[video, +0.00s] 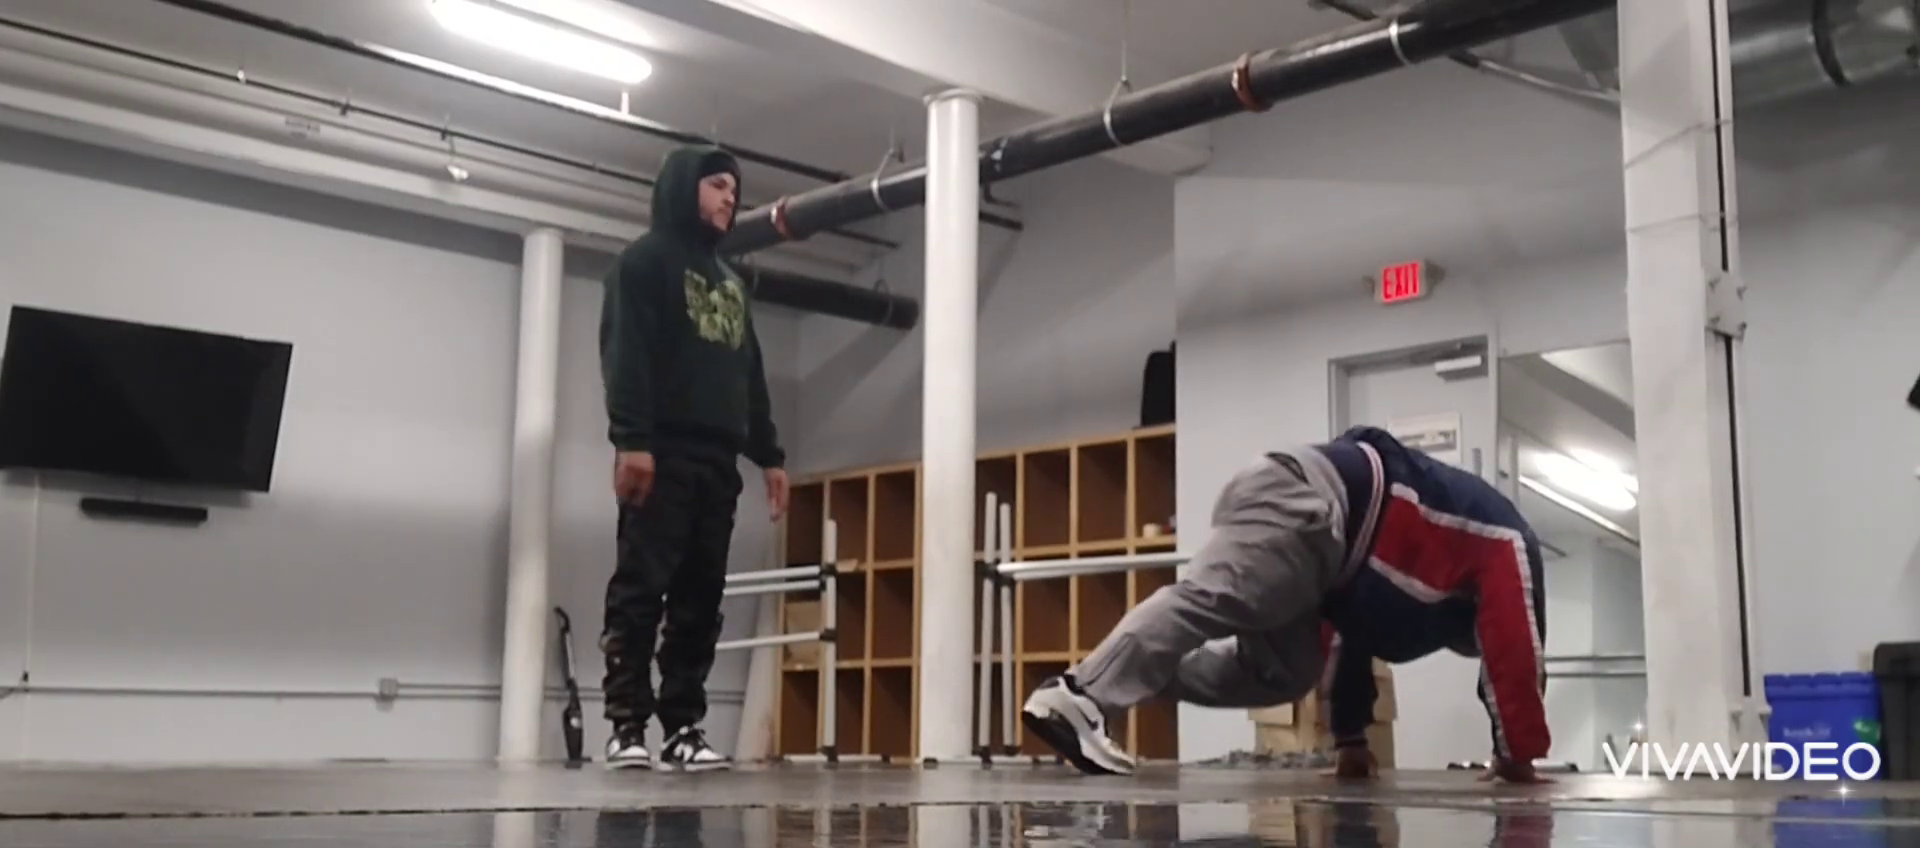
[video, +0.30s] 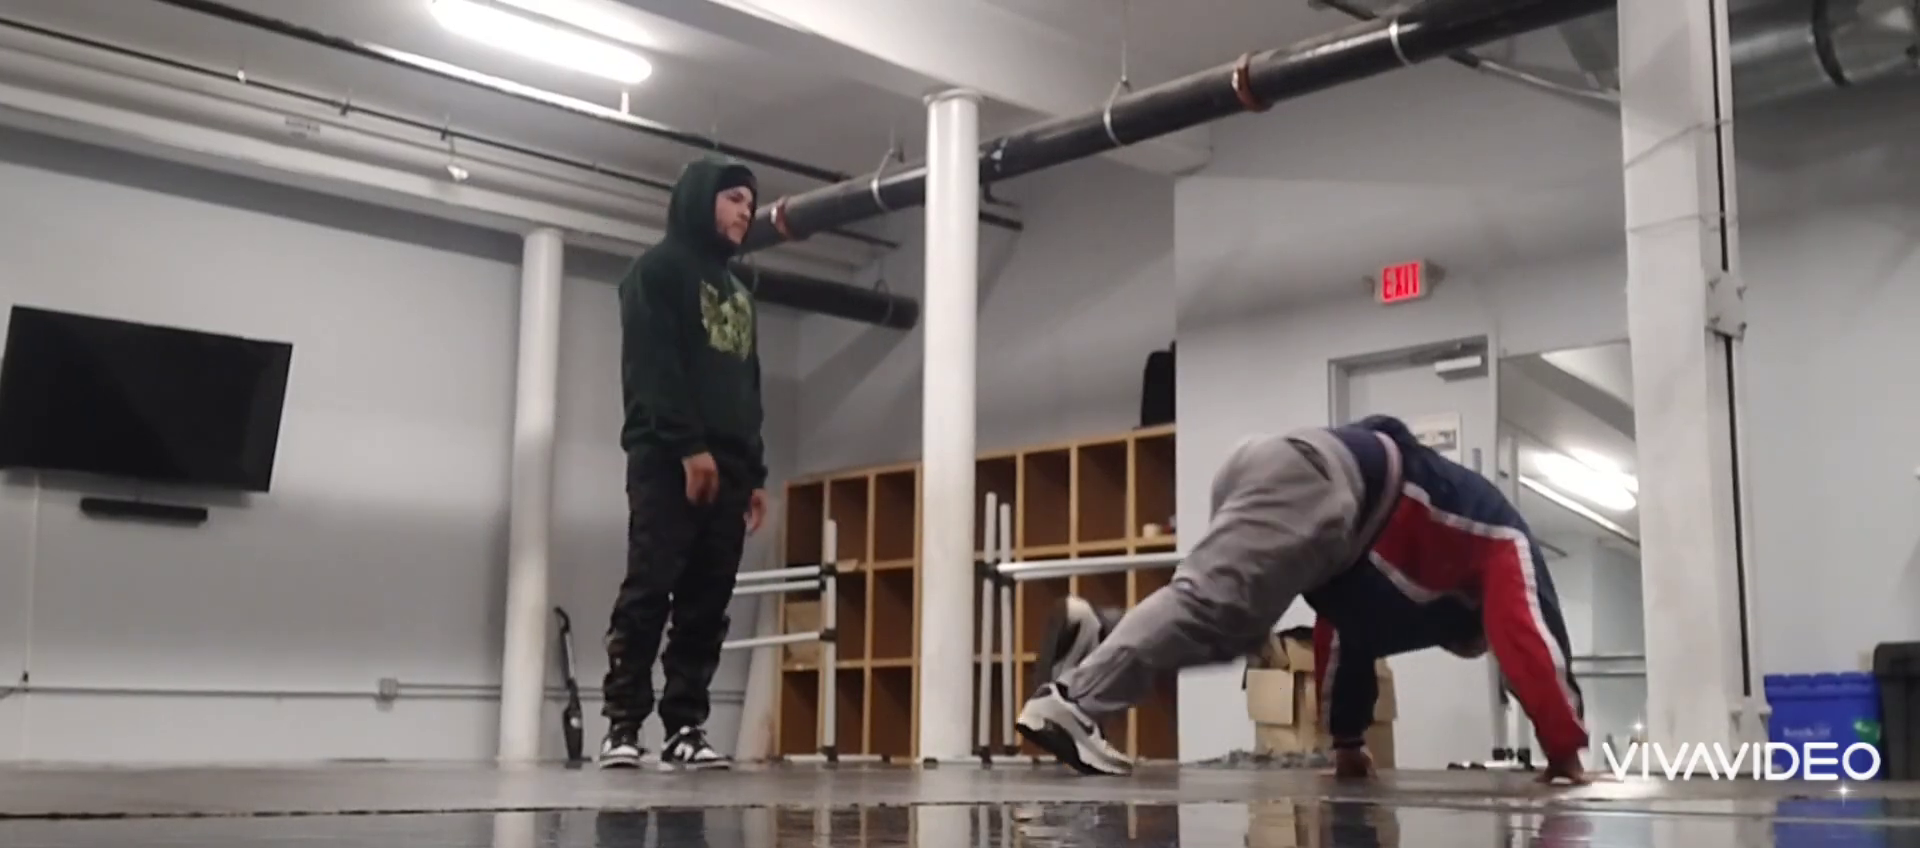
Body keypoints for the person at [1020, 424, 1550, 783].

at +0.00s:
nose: (1501, 646)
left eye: (1512, 633)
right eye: (1513, 631)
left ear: (1497, 597)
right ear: (1522, 586)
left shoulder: (1420, 600)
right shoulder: (1508, 537)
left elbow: (1353, 649)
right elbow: (1512, 652)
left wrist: (1350, 743)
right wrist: (1523, 755)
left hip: (1315, 572)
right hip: (1309, 498)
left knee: (1278, 672)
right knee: (1213, 599)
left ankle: (1138, 671)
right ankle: (1078, 697)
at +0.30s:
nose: (1470, 655)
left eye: (1468, 649)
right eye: (1482, 647)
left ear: (1457, 620)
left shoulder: (1383, 591)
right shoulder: (1503, 539)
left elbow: (1348, 657)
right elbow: (1525, 641)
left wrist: (1348, 744)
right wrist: (1568, 754)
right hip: (1316, 472)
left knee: (1227, 622)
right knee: (1214, 606)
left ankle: (1098, 643)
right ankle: (1071, 704)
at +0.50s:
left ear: (1493, 604)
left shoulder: (1420, 582)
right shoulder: (1533, 530)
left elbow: (1380, 642)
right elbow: (1539, 652)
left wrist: (1413, 731)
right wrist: (1569, 756)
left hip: (1280, 434)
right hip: (1348, 460)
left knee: (1240, 586)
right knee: (1224, 606)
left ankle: (1122, 563)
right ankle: (1073, 715)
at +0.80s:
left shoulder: (1485, 586)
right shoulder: (1604, 557)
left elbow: (1426, 645)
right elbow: (1601, 689)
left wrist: (1436, 748)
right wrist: (1648, 773)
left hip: (1366, 442)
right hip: (1421, 507)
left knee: (1273, 552)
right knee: (1239, 630)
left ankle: (1178, 536)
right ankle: (1078, 717)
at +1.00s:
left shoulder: (1506, 575)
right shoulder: (1624, 547)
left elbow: (1454, 645)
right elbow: (1618, 680)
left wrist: (1457, 751)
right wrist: (1645, 764)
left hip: (1351, 463)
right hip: (1419, 516)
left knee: (1323, 591)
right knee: (1244, 640)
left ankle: (1211, 597)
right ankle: (1077, 720)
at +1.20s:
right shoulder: (1624, 540)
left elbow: (1457, 641)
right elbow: (1623, 668)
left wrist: (1462, 756)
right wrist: (1647, 771)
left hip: (1350, 438)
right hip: (1398, 487)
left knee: (1309, 580)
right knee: (1231, 625)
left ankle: (1176, 571)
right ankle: (1072, 719)